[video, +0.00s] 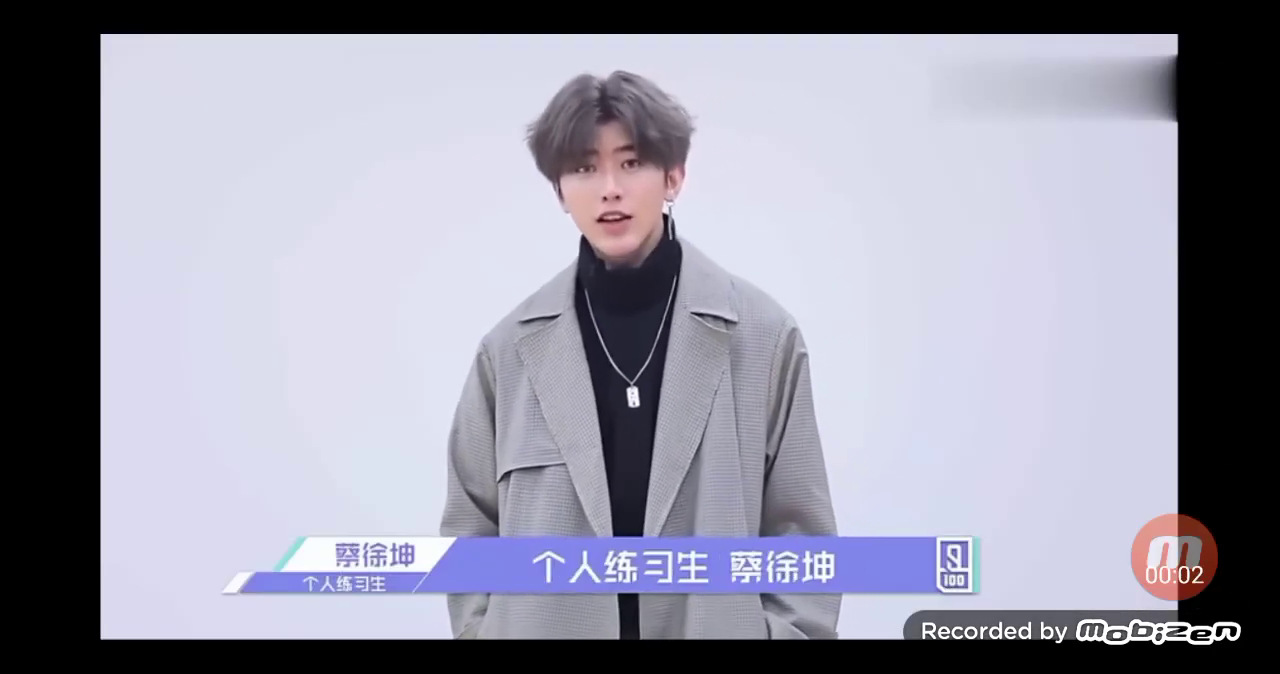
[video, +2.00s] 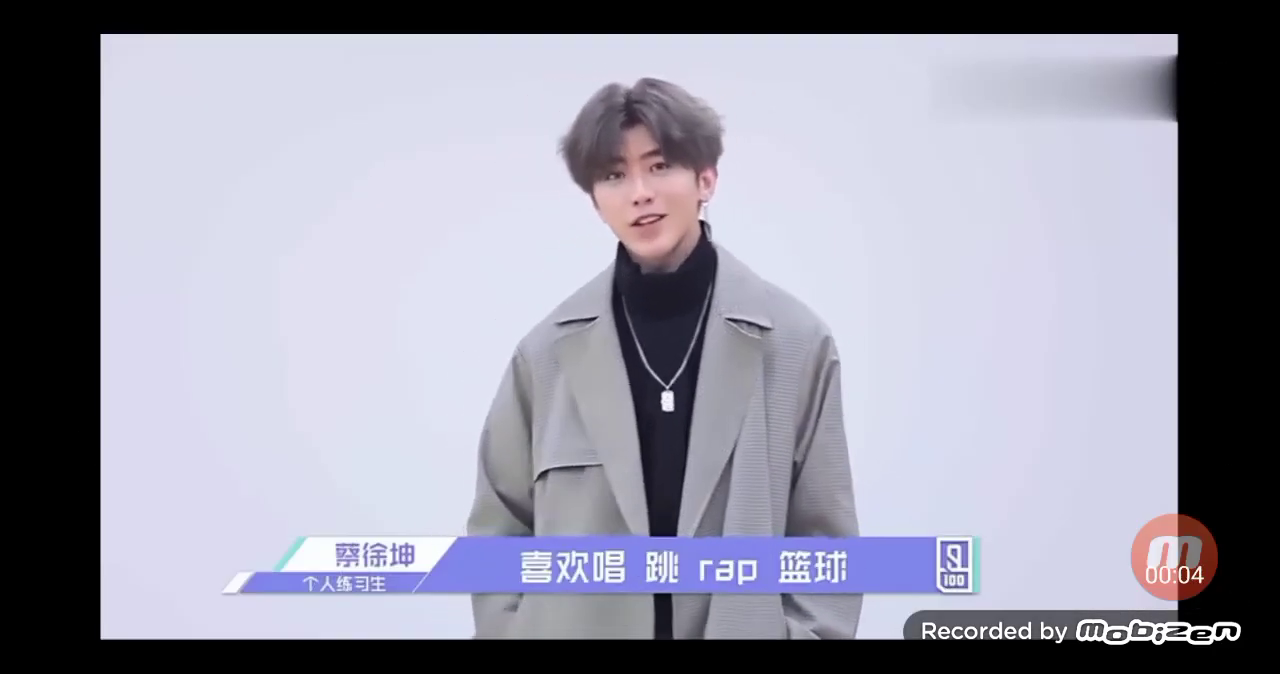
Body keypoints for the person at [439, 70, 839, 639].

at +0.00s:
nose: (609, 190)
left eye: (631, 164)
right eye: (585, 168)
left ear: (673, 177)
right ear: (560, 190)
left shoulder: (765, 336)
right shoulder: (505, 351)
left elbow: (804, 530)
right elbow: (467, 528)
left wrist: (786, 630)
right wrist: (485, 626)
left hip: (714, 630)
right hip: (548, 631)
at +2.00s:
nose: (640, 193)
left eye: (659, 167)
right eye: (615, 175)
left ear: (705, 181)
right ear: (594, 199)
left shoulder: (797, 342)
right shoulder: (542, 356)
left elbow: (827, 541)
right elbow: (495, 536)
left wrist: (805, 631)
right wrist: (510, 628)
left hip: (737, 630)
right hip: (581, 630)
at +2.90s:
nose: (733, 196)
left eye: (752, 171)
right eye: (708, 181)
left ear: (799, 189)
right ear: (687, 206)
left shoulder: (853, 342)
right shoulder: (610, 332)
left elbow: (869, 476)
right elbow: (520, 444)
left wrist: (910, 553)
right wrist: (576, 501)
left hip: (812, 626)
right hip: (651, 622)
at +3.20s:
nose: (700, 198)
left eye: (721, 176)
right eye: (676, 185)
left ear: (768, 196)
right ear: (658, 213)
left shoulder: (824, 340)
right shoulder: (592, 324)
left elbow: (872, 453)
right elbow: (509, 426)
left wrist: (845, 504)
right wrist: (524, 476)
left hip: (765, 617)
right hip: (616, 616)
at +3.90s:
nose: (481, 243)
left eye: (504, 220)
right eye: (476, 223)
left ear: (571, 231)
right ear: (470, 229)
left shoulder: (664, 331)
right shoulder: (503, 374)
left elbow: (791, 438)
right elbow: (583, 497)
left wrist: (778, 579)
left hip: (675, 620)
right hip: (561, 627)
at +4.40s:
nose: (513, 180)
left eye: (540, 163)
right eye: (511, 162)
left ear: (604, 188)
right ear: (506, 179)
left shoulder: (673, 317)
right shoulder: (473, 302)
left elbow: (800, 442)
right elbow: (360, 311)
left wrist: (853, 609)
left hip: (658, 602)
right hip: (540, 614)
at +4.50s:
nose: (513, 174)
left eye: (542, 157)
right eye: (510, 157)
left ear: (600, 191)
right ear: (499, 172)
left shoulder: (662, 313)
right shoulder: (476, 301)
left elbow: (772, 431)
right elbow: (408, 317)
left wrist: (768, 530)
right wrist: (370, 164)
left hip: (650, 608)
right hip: (530, 616)